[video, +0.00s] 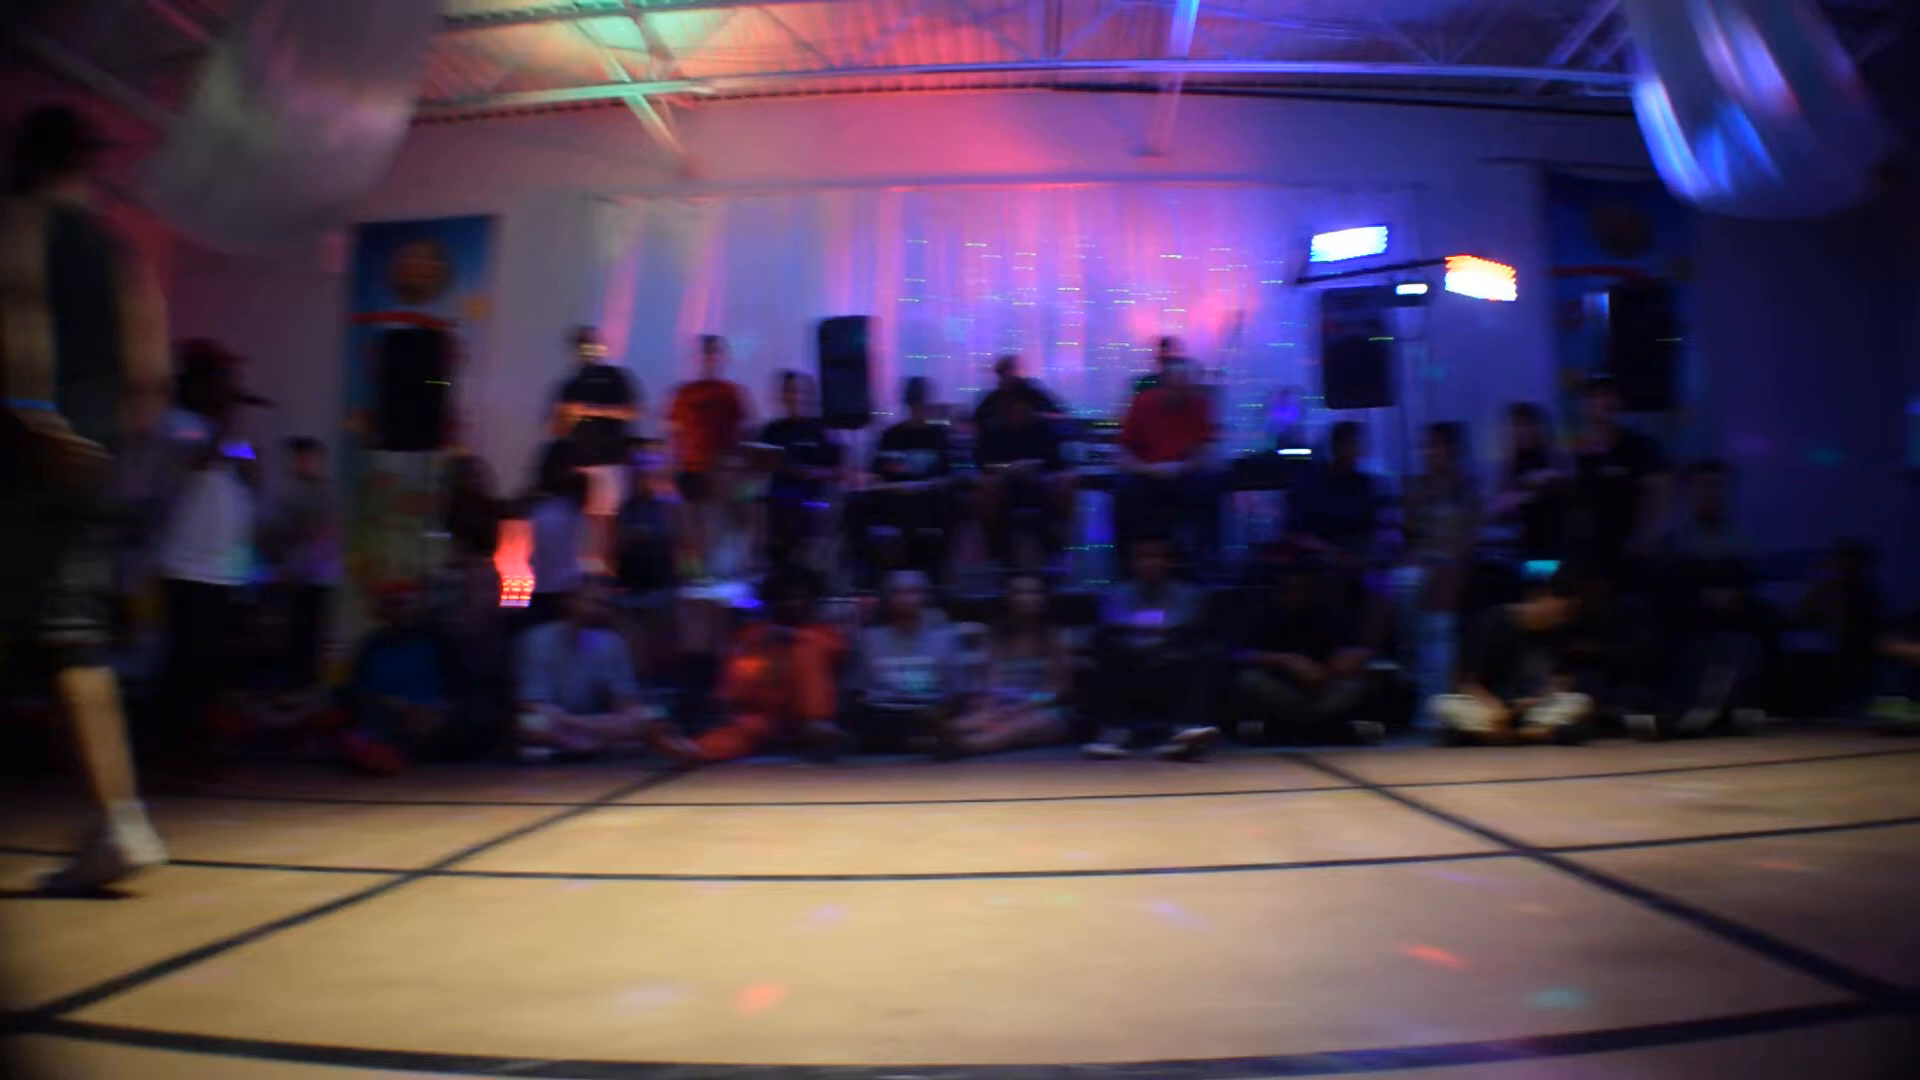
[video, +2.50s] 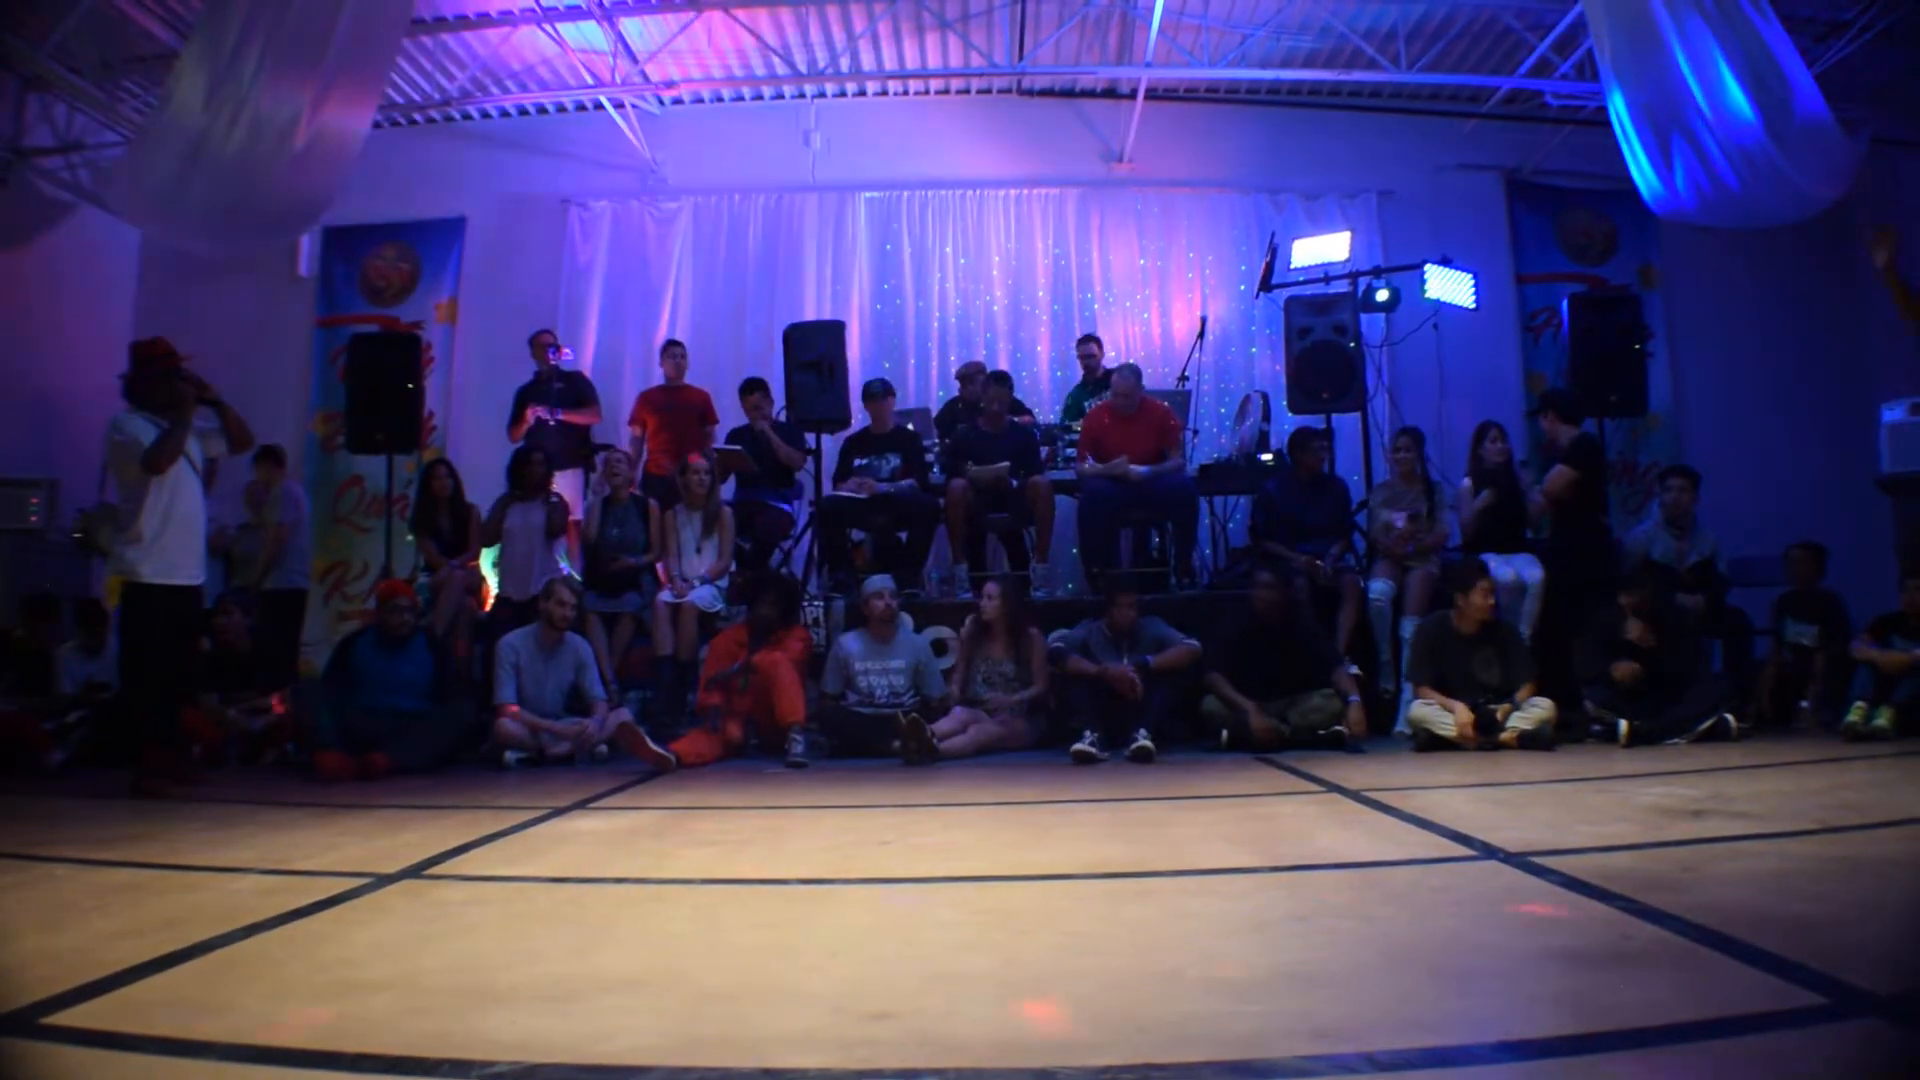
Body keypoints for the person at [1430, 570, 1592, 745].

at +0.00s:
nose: (1555, 616)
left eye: (1559, 612)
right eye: (1553, 609)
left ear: (1562, 612)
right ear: (1539, 600)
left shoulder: (1550, 632)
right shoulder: (1495, 622)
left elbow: (1561, 683)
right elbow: (1468, 682)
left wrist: (1531, 703)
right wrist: (1496, 709)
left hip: (1534, 702)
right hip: (1492, 703)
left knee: (1579, 703)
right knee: (1442, 704)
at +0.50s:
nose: (1505, 613)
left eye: (1508, 605)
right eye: (1499, 604)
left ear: (1512, 602)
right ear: (1477, 596)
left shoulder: (1505, 630)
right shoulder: (1438, 625)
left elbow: (1514, 682)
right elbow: (1416, 685)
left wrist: (1493, 702)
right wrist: (1441, 708)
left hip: (1485, 700)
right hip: (1444, 703)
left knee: (1528, 704)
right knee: (1400, 707)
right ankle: (1485, 736)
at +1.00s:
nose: (1506, 597)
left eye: (1506, 591)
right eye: (1500, 591)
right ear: (1481, 595)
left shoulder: (1513, 624)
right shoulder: (1443, 624)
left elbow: (1531, 677)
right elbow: (1434, 686)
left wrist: (1514, 705)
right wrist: (1460, 706)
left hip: (1502, 702)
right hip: (1460, 704)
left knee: (1550, 704)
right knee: (1421, 708)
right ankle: (1508, 736)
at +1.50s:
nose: (1516, 597)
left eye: (1515, 590)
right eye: (1511, 590)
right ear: (1490, 593)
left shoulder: (1518, 625)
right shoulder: (1449, 624)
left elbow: (1535, 680)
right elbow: (1437, 685)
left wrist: (1515, 705)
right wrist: (1464, 706)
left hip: (1507, 702)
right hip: (1466, 704)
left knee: (1553, 704)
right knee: (1424, 707)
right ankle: (1512, 737)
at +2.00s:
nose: (1518, 603)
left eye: (1520, 596)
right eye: (1514, 595)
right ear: (1491, 596)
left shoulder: (1521, 629)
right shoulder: (1450, 625)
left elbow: (1532, 684)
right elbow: (1425, 684)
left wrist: (1511, 707)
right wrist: (1459, 710)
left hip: (1504, 706)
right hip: (1459, 707)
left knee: (1548, 707)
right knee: (1420, 710)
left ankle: (1462, 742)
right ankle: (1509, 739)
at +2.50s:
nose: (1492, 602)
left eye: (1491, 595)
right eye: (1484, 595)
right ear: (1461, 599)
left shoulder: (1503, 630)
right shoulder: (1433, 630)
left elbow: (1528, 684)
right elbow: (1421, 689)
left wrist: (1509, 707)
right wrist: (1457, 707)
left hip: (1498, 704)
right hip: (1454, 707)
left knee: (1545, 707)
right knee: (1418, 711)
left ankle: (1466, 743)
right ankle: (1506, 739)